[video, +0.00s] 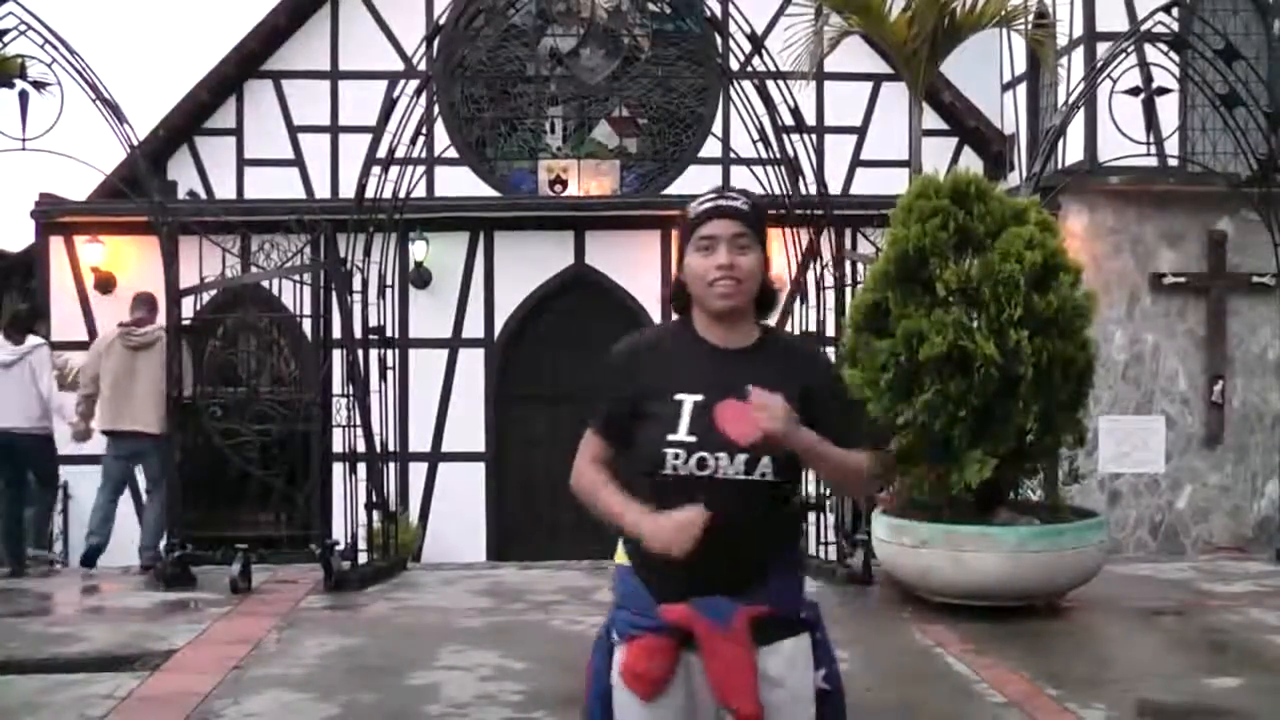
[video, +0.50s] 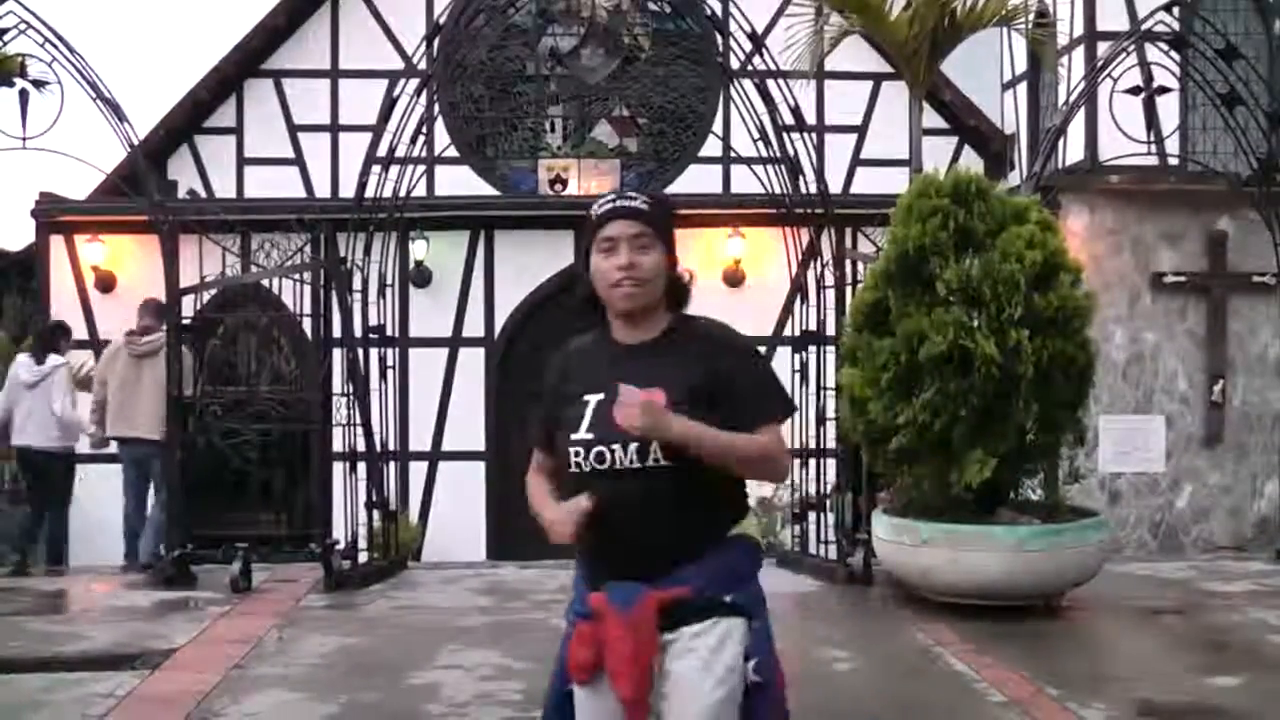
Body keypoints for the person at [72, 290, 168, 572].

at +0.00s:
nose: (147, 318)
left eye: (142, 314)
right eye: (151, 314)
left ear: (129, 312)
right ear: (155, 314)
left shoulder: (106, 342)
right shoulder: (169, 343)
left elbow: (87, 383)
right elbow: (182, 388)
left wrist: (83, 420)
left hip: (118, 429)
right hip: (154, 430)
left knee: (108, 490)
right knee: (157, 492)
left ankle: (94, 542)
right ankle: (149, 554)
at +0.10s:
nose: (146, 318)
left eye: (142, 312)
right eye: (154, 313)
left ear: (133, 312)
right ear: (160, 313)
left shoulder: (109, 342)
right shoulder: (177, 347)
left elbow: (91, 384)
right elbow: (186, 393)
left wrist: (85, 419)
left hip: (120, 428)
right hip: (157, 430)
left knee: (117, 488)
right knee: (157, 492)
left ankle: (98, 548)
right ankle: (149, 555)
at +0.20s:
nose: (147, 317)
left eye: (144, 310)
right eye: (155, 312)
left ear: (137, 310)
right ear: (163, 312)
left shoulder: (113, 343)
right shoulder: (178, 346)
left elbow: (94, 383)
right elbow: (186, 391)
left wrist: (89, 419)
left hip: (122, 426)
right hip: (158, 427)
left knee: (124, 487)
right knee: (158, 492)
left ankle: (110, 550)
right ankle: (149, 554)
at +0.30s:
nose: (148, 316)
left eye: (146, 310)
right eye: (154, 311)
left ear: (139, 311)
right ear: (165, 313)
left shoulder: (115, 343)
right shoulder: (179, 347)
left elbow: (96, 385)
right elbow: (187, 392)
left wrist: (92, 421)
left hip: (123, 426)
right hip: (159, 428)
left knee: (125, 489)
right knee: (159, 492)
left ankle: (119, 551)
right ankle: (150, 553)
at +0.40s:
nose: (147, 319)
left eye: (146, 313)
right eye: (153, 313)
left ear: (140, 314)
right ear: (164, 316)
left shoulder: (116, 347)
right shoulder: (179, 350)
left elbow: (97, 387)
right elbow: (187, 393)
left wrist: (95, 424)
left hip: (125, 429)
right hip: (159, 431)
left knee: (128, 493)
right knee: (160, 493)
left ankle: (126, 552)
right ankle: (149, 554)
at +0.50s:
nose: (143, 325)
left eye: (143, 319)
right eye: (148, 319)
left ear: (139, 318)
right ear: (165, 321)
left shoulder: (116, 349)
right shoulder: (178, 353)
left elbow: (99, 391)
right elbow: (186, 394)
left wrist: (97, 429)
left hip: (125, 434)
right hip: (159, 436)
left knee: (133, 499)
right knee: (163, 497)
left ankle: (131, 556)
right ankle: (148, 555)